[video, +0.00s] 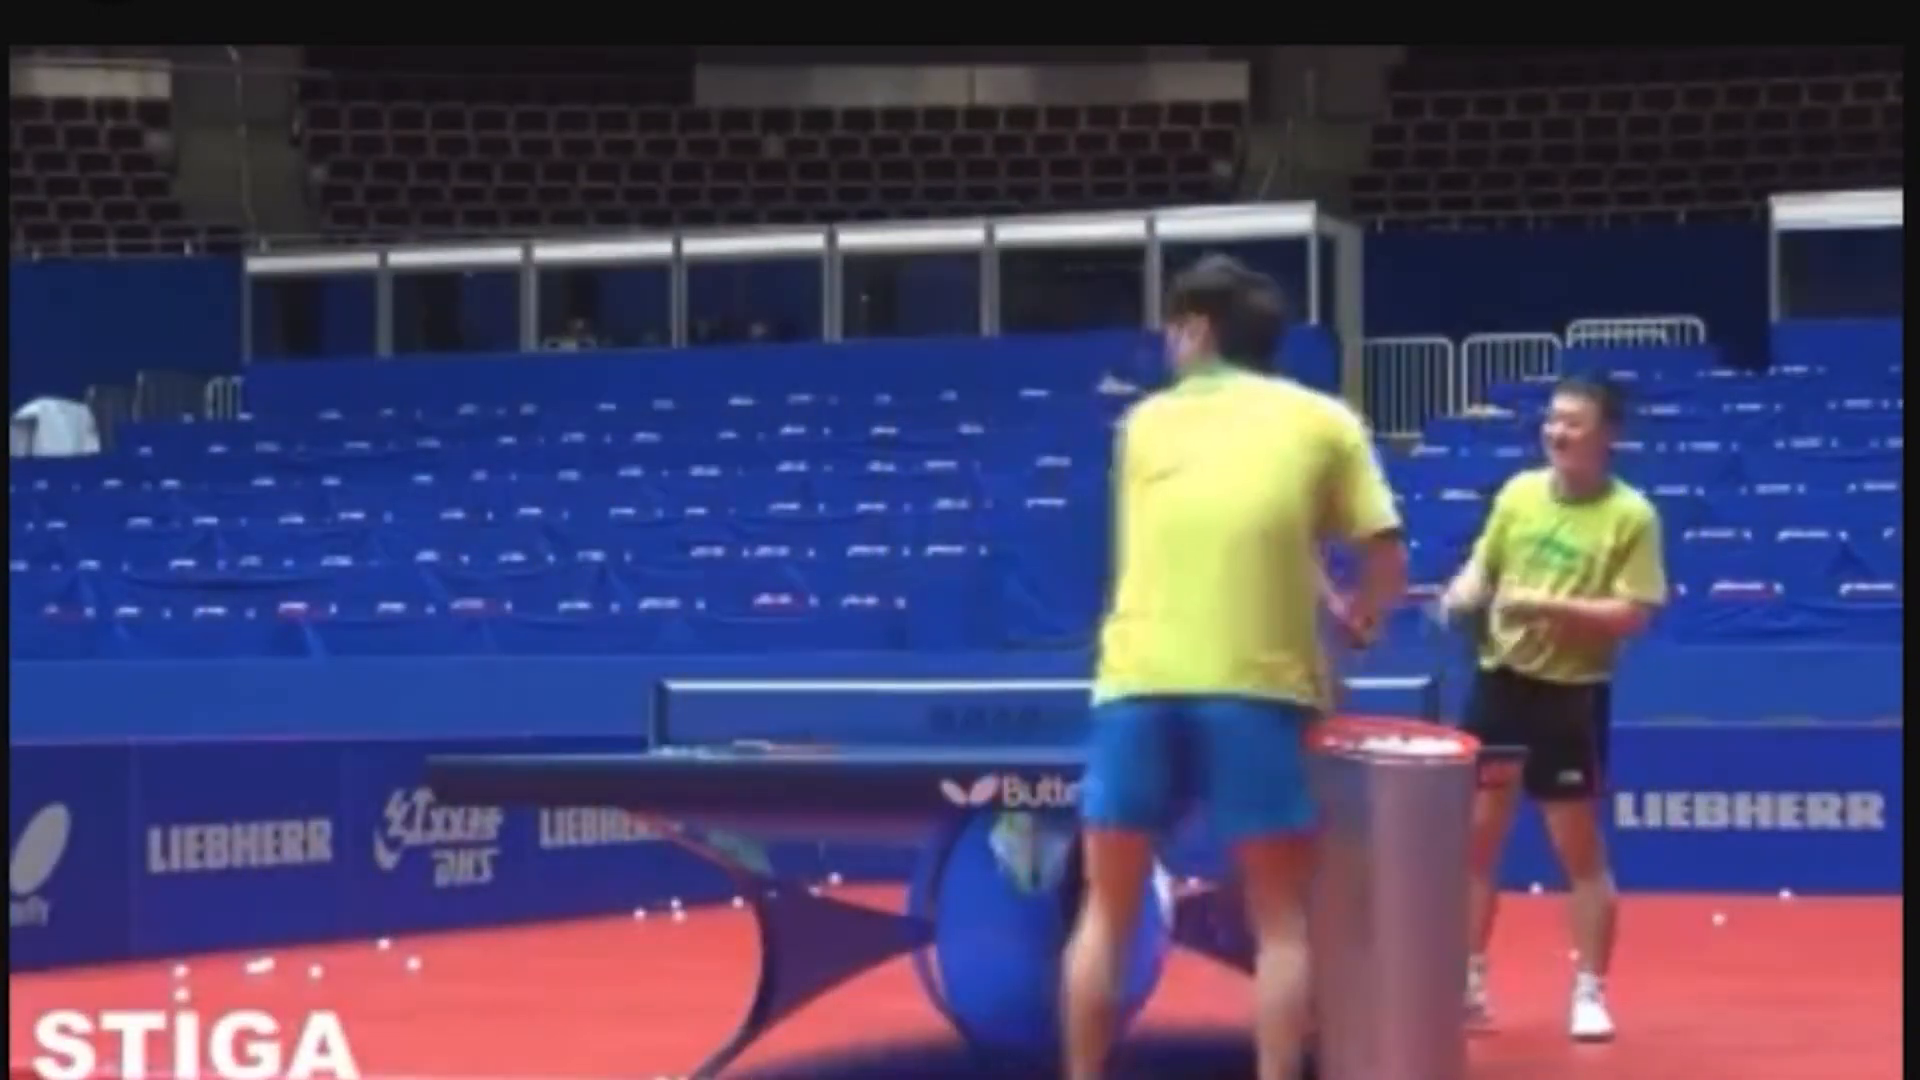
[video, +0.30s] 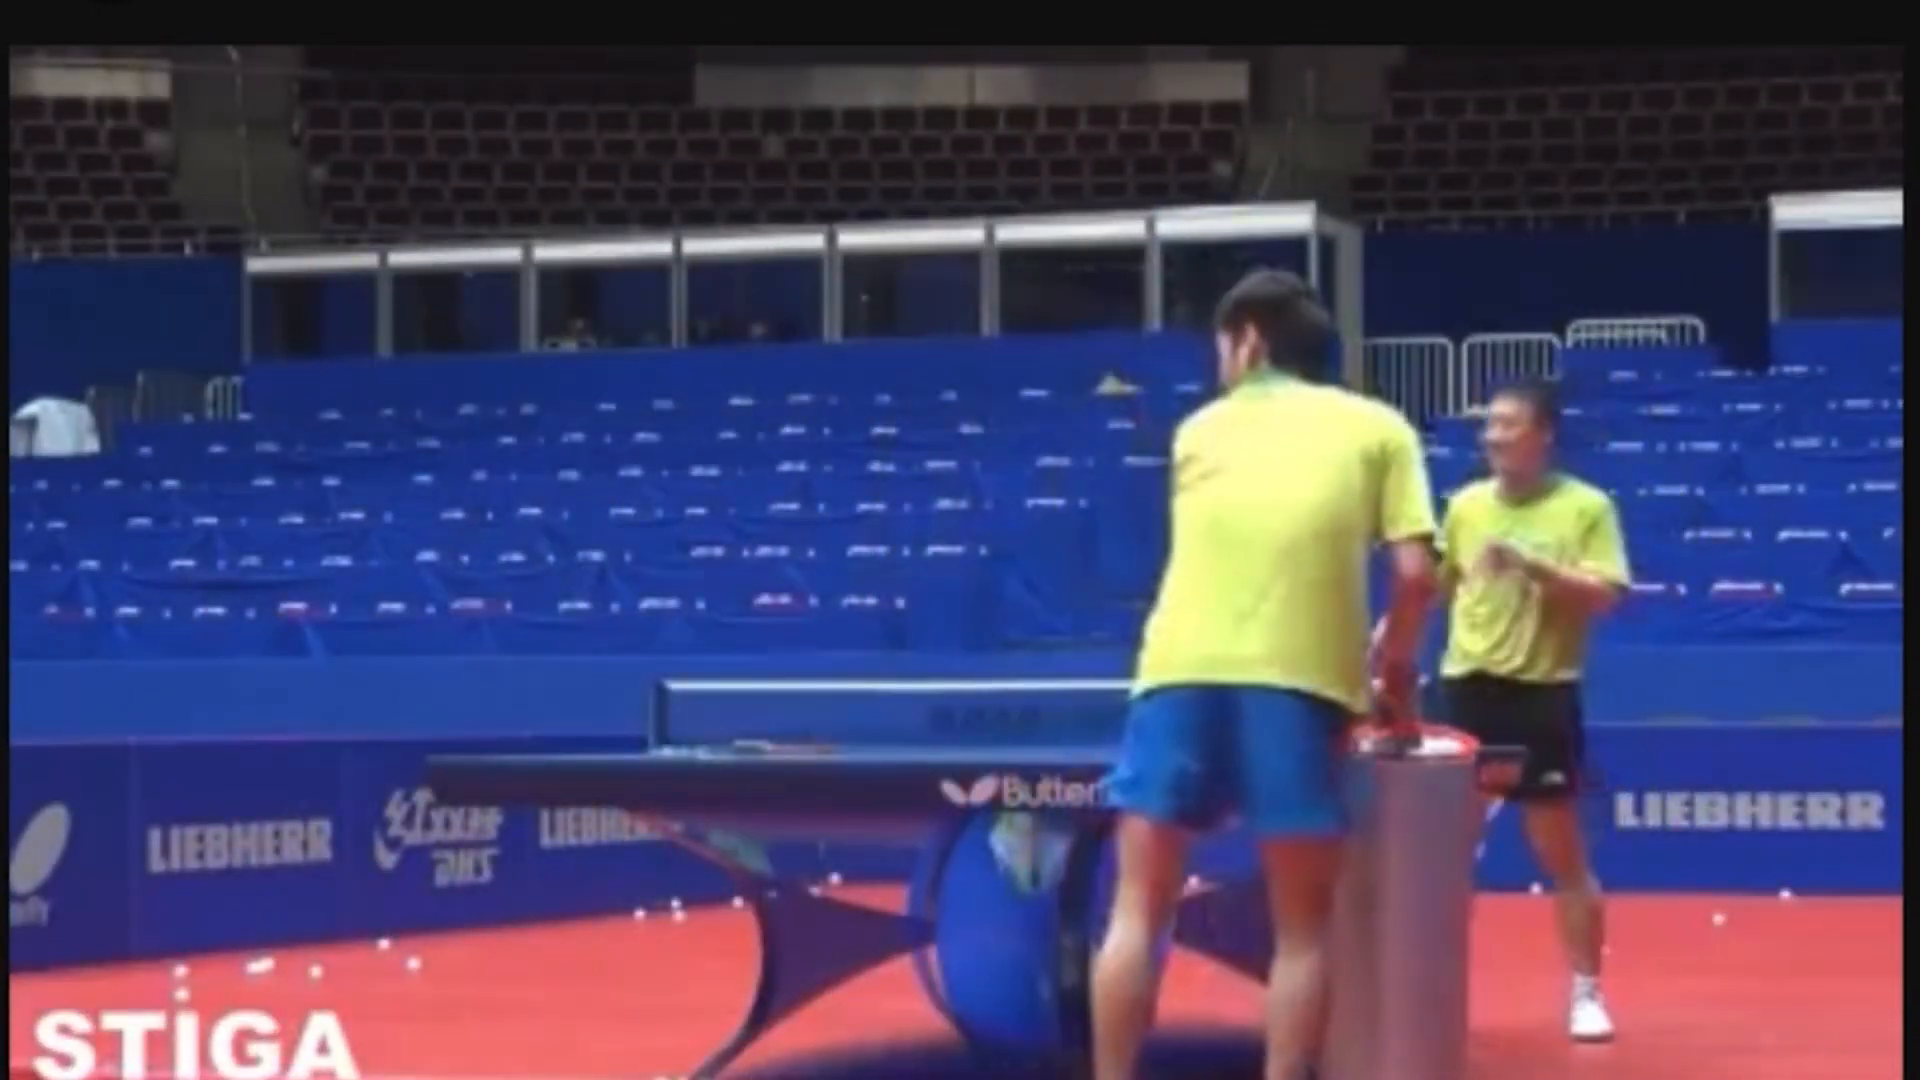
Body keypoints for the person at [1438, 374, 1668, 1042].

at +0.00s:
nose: (1557, 434)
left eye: (1573, 424)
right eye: (1553, 421)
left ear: (1608, 436)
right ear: (1545, 430)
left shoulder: (1632, 517)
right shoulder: (1519, 491)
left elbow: (1633, 610)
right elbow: (1483, 564)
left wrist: (1544, 605)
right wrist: (1464, 591)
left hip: (1571, 685)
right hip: (1502, 675)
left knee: (1576, 840)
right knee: (1481, 827)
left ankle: (1590, 985)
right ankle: (1468, 974)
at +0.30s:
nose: (1495, 438)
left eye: (1509, 425)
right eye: (1491, 425)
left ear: (1544, 435)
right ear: (1485, 435)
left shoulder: (1585, 506)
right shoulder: (1466, 504)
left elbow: (1604, 592)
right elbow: (1441, 580)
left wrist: (1532, 566)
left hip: (1543, 687)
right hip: (1467, 681)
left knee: (1558, 847)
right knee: (1442, 841)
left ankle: (1587, 988)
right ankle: (1421, 991)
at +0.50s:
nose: (1442, 440)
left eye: (1453, 427)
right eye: (1437, 428)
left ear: (1487, 431)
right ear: (1435, 436)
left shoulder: (1532, 500)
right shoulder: (1419, 501)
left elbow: (1546, 581)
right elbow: (1396, 590)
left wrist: (1480, 540)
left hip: (1505, 679)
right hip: (1434, 677)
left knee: (1539, 849)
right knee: (1419, 844)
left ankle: (1581, 983)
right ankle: (1410, 994)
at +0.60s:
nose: (1416, 439)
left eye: (1427, 426)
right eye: (1410, 426)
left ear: (1458, 430)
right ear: (1404, 434)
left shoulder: (1504, 492)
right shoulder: (1393, 494)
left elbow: (1517, 576)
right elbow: (1373, 588)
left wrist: (1452, 528)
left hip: (1488, 674)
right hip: (1411, 677)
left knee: (1528, 844)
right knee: (1400, 844)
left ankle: (1576, 981)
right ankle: (1398, 993)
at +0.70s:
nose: (1401, 443)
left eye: (1410, 429)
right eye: (1391, 431)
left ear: (1434, 430)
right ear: (1378, 439)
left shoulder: (1477, 486)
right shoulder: (1370, 495)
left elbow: (1498, 565)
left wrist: (1429, 533)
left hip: (1476, 670)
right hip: (1394, 677)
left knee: (1515, 835)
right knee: (1386, 841)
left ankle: (1559, 977)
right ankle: (1384, 990)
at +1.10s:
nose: (1340, 452)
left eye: (1349, 437)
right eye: (1331, 440)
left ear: (1378, 434)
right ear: (1325, 447)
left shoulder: (1437, 476)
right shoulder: (1339, 509)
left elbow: (1458, 562)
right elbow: (1334, 609)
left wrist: (1389, 524)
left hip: (1471, 664)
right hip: (1400, 675)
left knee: (1490, 830)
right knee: (1405, 834)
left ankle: (1490, 980)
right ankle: (1407, 984)